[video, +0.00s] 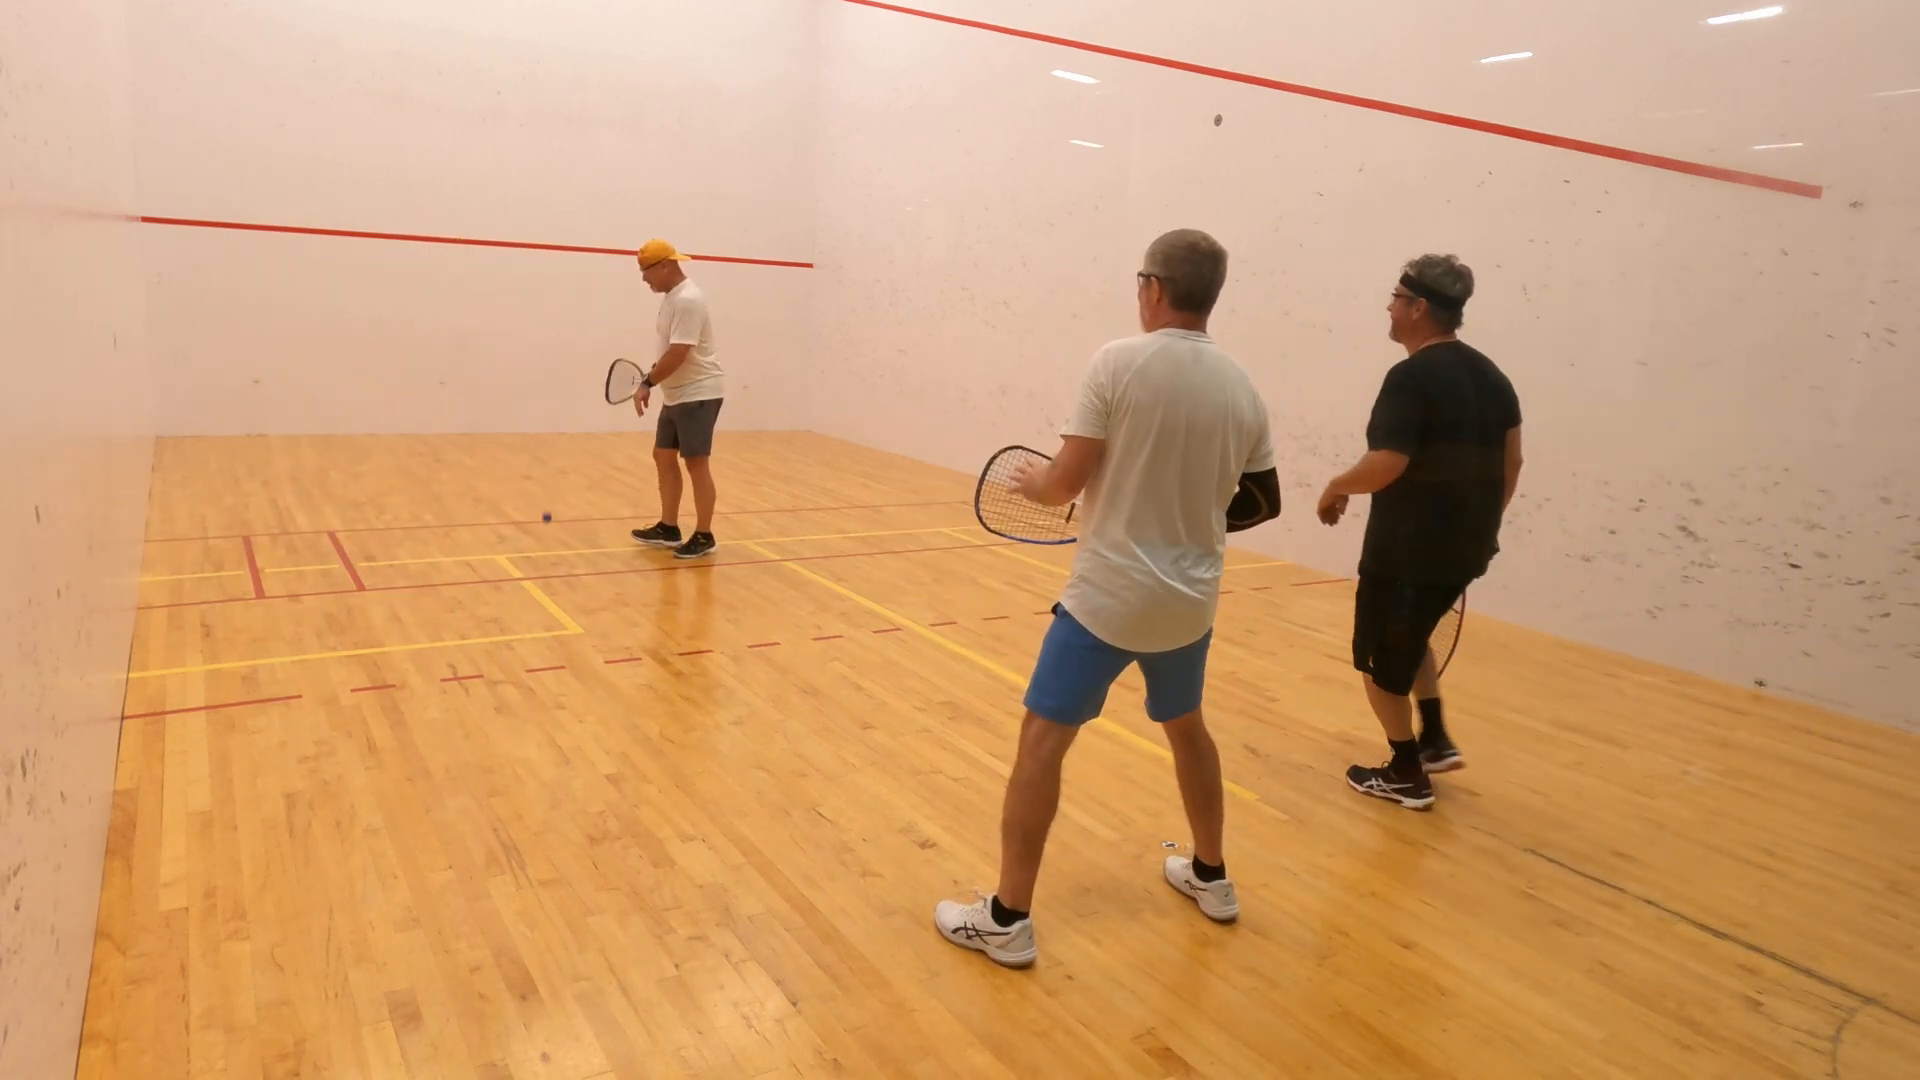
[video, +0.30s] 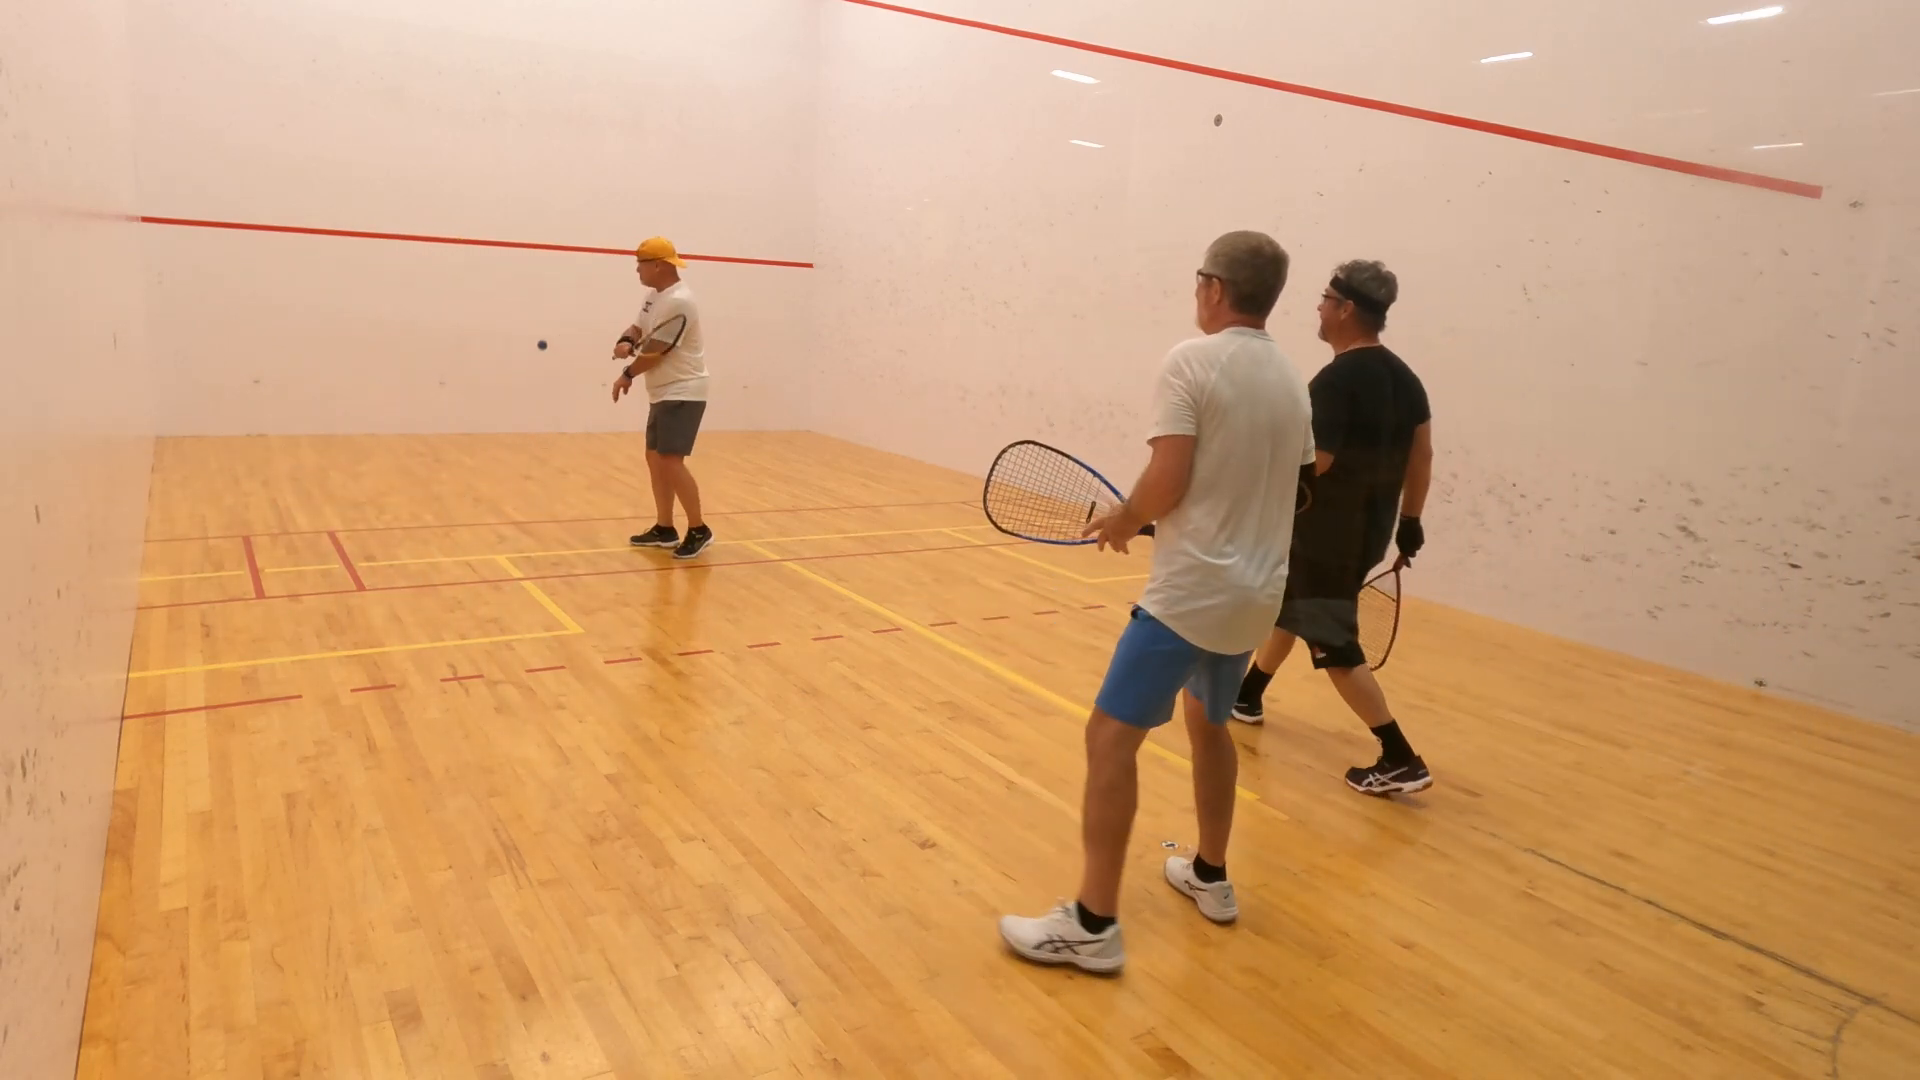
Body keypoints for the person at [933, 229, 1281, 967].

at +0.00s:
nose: (1137, 295)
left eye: (1140, 284)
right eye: (1144, 283)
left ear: (1152, 290)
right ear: (1211, 299)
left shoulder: (1121, 364)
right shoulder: (1239, 386)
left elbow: (1062, 485)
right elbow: (1261, 500)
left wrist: (1033, 481)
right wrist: (1181, 513)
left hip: (1107, 598)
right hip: (1190, 605)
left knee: (1042, 741)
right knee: (1186, 726)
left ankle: (1008, 916)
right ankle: (1210, 874)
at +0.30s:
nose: (1195, 293)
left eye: (1199, 282)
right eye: (1201, 281)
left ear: (1215, 290)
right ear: (1268, 300)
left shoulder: (1193, 362)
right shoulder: (1287, 376)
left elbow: (1167, 483)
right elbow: (1294, 478)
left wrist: (1123, 521)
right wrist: (1158, 511)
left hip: (1189, 593)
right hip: (1257, 594)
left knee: (1110, 735)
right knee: (1208, 718)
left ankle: (1094, 921)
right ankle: (1210, 876)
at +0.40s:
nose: (1216, 289)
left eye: (1221, 279)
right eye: (1220, 277)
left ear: (1235, 286)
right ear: (1294, 294)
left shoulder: (1216, 358)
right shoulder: (1309, 368)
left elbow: (1187, 480)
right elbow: (1296, 481)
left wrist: (1143, 514)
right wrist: (1172, 517)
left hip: (1207, 591)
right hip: (1273, 591)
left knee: (1138, 741)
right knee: (1215, 723)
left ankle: (1182, 933)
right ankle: (1210, 874)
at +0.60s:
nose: (1263, 296)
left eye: (1269, 286)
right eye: (1269, 284)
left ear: (1286, 298)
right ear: (1338, 308)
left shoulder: (1260, 381)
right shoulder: (1347, 386)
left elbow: (1217, 508)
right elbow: (1345, 509)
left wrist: (1158, 556)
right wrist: (1235, 489)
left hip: (1243, 621)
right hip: (1299, 615)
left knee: (1213, 786)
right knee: (1226, 735)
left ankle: (1334, 965)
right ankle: (1212, 874)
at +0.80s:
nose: (1308, 294)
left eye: (1314, 285)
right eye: (1314, 282)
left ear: (1329, 299)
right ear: (1392, 310)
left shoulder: (1305, 388)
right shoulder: (1408, 399)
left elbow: (1275, 527)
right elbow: (1415, 528)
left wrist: (1208, 620)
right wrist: (1333, 594)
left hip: (1302, 627)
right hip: (1367, 629)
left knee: (1316, 837)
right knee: (1277, 753)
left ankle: (1382, 1030)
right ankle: (1221, 875)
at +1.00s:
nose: (1356, 278)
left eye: (1362, 268)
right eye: (1363, 265)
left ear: (1382, 286)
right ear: (1444, 295)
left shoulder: (1361, 389)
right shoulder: (1479, 389)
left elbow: (1350, 539)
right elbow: (1507, 523)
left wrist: (1299, 679)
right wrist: (1436, 601)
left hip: (1364, 657)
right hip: (1432, 653)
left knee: (1346, 843)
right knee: (1344, 790)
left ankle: (1381, 1034)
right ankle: (1339, 944)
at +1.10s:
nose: (1385, 276)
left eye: (1393, 264)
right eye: (1393, 262)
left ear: (1417, 283)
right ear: (1475, 293)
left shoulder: (1401, 388)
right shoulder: (1512, 388)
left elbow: (1397, 545)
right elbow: (1540, 525)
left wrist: (1346, 687)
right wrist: (1460, 599)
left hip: (1398, 673)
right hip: (1467, 668)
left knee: (1353, 837)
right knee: (1400, 812)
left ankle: (1378, 1031)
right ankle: (1442, 1000)